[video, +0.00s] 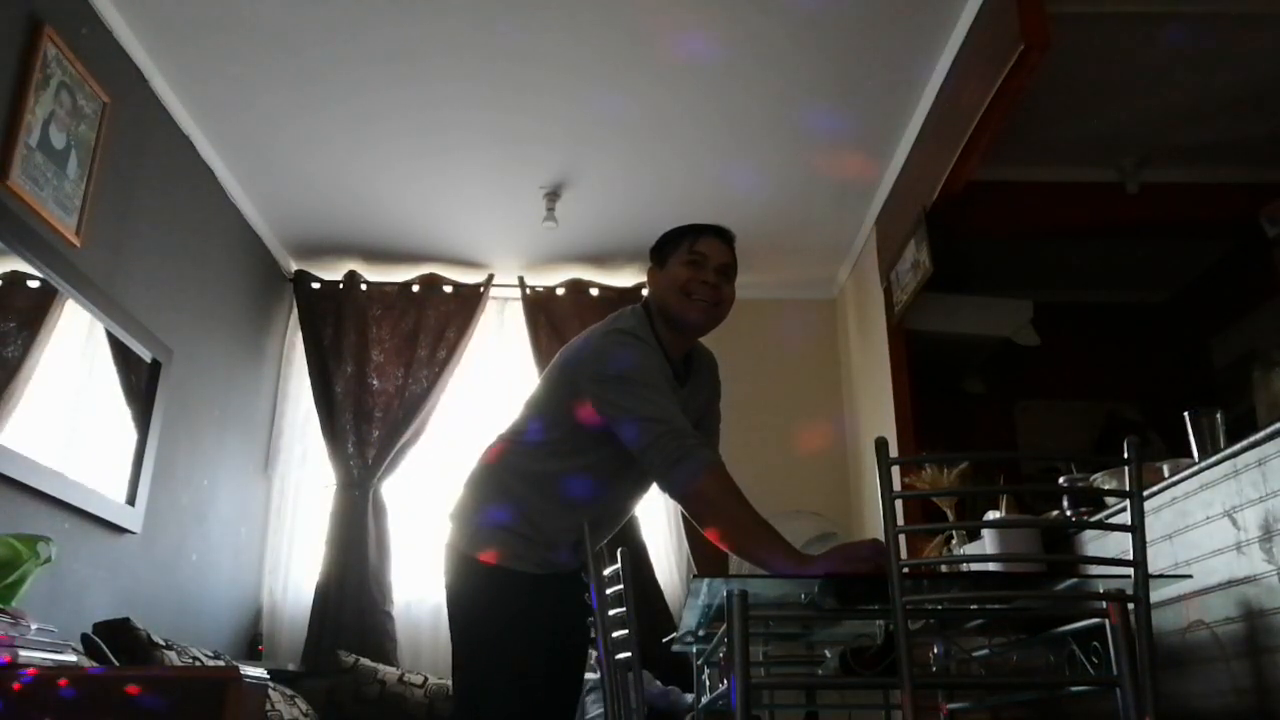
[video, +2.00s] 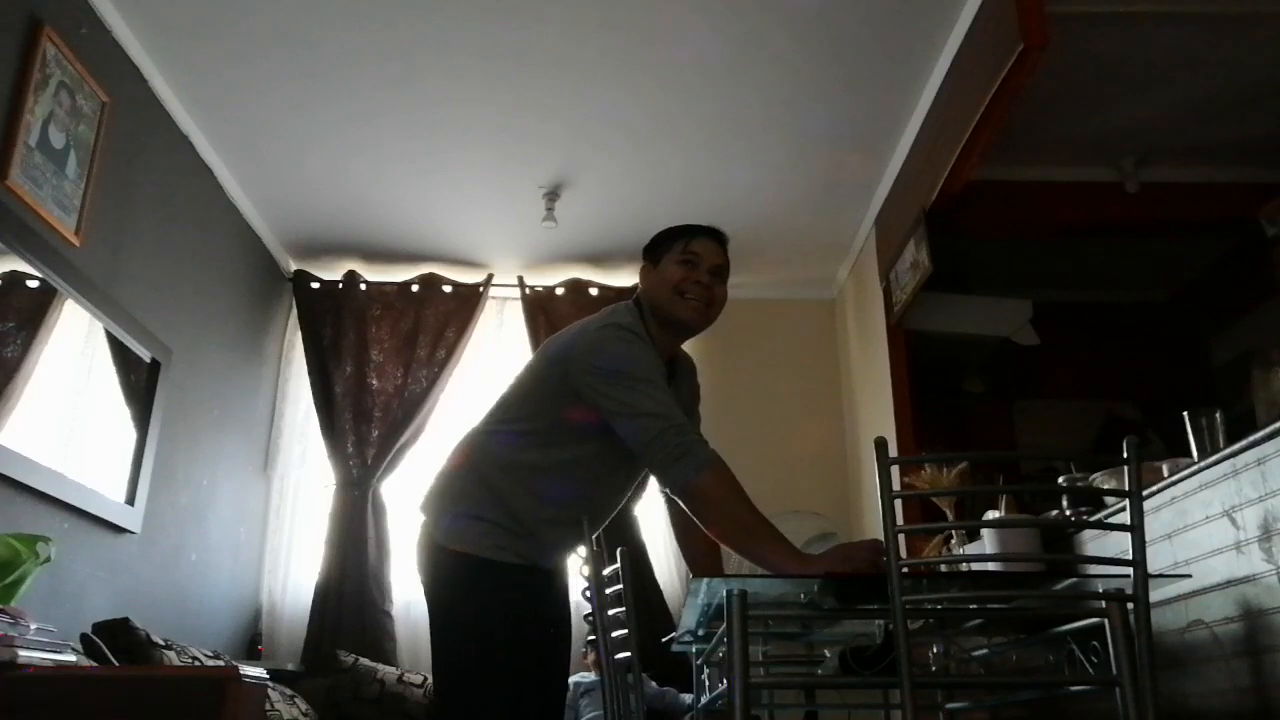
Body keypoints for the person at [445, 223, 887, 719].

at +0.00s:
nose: (710, 282)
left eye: (725, 274)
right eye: (693, 264)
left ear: (733, 295)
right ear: (653, 275)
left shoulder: (698, 369)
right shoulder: (617, 351)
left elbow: (701, 490)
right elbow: (691, 479)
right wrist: (798, 564)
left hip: (567, 556)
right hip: (500, 549)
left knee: (551, 706)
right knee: (497, 708)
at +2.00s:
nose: (703, 280)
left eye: (717, 275)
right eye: (687, 263)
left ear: (722, 300)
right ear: (646, 272)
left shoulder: (679, 378)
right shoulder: (611, 343)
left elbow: (687, 498)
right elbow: (691, 470)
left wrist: (718, 602)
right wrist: (798, 564)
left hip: (536, 555)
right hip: (476, 542)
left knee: (538, 704)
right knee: (488, 706)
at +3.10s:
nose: (714, 327)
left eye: (718, 312)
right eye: (714, 307)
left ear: (671, 290)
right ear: (679, 289)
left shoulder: (624, 355)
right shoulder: (605, 342)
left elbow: (671, 499)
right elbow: (686, 474)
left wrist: (718, 599)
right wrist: (803, 562)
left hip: (505, 563)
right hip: (473, 560)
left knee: (550, 712)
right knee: (546, 714)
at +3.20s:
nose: (685, 325)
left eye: (690, 308)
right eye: (689, 305)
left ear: (626, 281)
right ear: (668, 290)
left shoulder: (579, 335)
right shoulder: (599, 333)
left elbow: (656, 487)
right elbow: (682, 456)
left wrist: (722, 579)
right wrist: (799, 547)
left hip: (470, 563)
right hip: (484, 566)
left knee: (520, 714)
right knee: (555, 713)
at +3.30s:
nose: (656, 286)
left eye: (660, 275)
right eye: (660, 272)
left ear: (595, 250)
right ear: (645, 261)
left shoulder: (547, 299)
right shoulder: (596, 295)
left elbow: (607, 449)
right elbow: (635, 416)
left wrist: (708, 500)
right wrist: (771, 464)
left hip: (462, 537)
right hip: (498, 541)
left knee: (520, 707)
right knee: (552, 708)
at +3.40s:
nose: (642, 242)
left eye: (644, 231)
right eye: (645, 229)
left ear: (585, 202)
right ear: (639, 216)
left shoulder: (534, 248)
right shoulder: (598, 237)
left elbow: (565, 397)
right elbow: (605, 353)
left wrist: (673, 420)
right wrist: (725, 378)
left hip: (461, 484)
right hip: (501, 490)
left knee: (491, 679)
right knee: (530, 684)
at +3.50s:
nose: (623, 204)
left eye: (625, 197)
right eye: (623, 195)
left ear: (556, 174)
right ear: (615, 184)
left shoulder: (500, 228)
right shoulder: (599, 205)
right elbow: (611, 327)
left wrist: (633, 357)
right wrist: (667, 374)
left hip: (440, 459)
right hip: (504, 459)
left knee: (473, 654)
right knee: (523, 662)